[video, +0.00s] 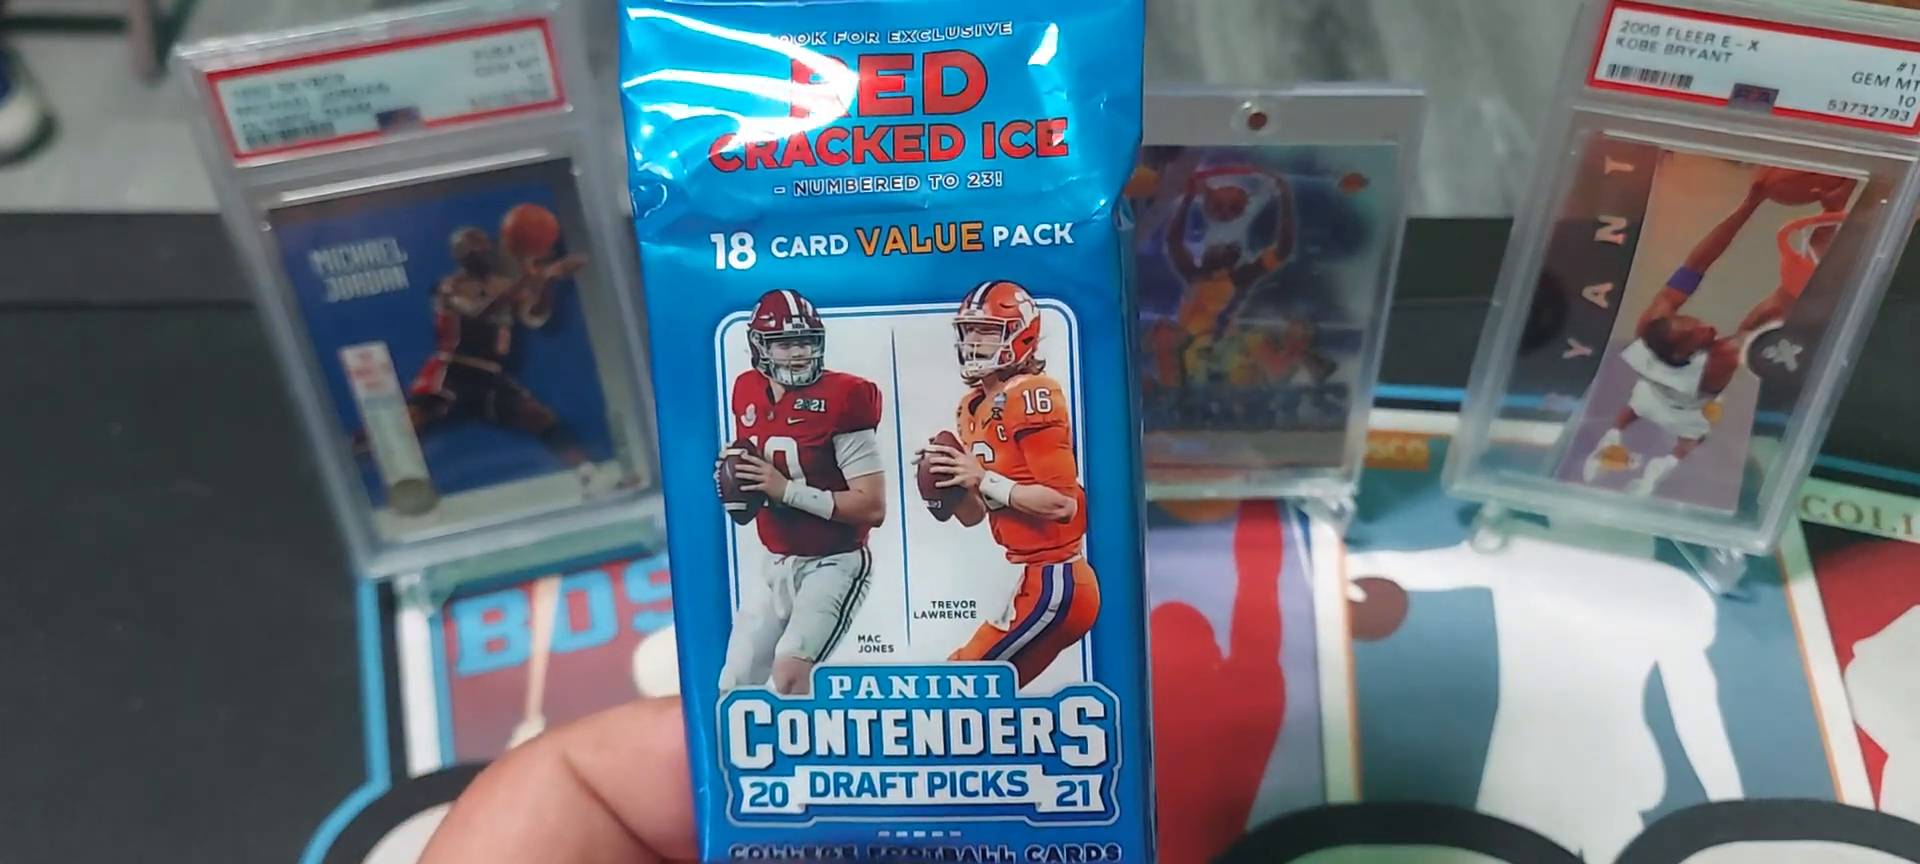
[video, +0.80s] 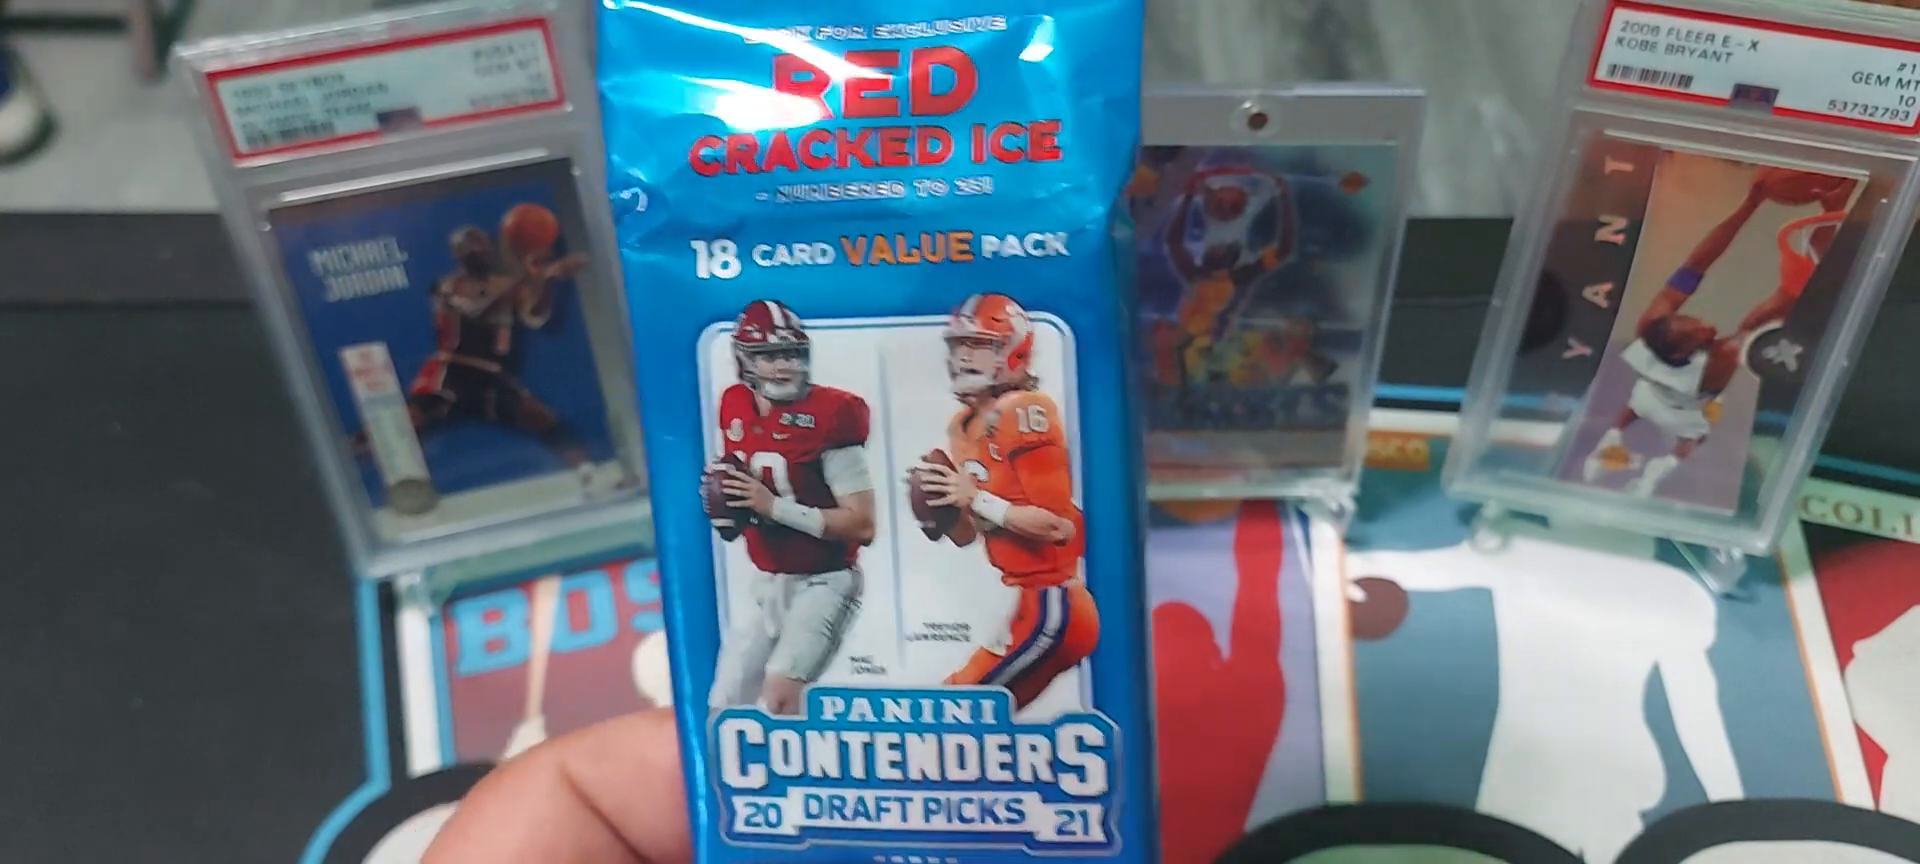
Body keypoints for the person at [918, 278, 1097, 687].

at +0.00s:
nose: (974, 344)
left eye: (987, 333)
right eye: (969, 332)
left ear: (1020, 337)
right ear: (959, 335)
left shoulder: (1032, 394)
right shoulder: (970, 407)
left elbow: (1061, 502)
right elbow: (971, 514)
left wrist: (982, 478)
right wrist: (943, 479)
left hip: (1055, 582)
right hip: (1036, 579)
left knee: (955, 688)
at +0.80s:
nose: (962, 358)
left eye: (978, 347)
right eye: (957, 345)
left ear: (1012, 355)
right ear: (947, 350)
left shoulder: (1025, 410)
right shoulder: (961, 424)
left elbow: (1058, 524)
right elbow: (964, 534)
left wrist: (975, 498)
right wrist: (935, 505)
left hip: (1052, 605)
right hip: (1029, 602)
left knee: (951, 712)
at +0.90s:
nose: (1033, 381)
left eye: (1049, 369)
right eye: (1028, 367)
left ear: (1083, 378)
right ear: (1018, 371)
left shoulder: (1095, 435)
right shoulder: (1032, 447)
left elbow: (1124, 551)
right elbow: (1029, 558)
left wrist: (1041, 523)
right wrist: (999, 528)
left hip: (1115, 633)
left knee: (1012, 739)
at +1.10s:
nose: (1127, 427)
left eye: (1143, 416)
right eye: (1123, 414)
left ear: (1179, 425)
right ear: (1113, 417)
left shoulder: (1189, 486)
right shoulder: (1120, 494)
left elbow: (1212, 606)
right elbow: (1114, 611)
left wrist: (1127, 572)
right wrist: (1083, 579)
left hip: (1201, 692)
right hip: (1176, 688)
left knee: (1081, 798)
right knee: (1098, 809)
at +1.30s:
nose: (1142, 409)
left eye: (1158, 398)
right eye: (1139, 397)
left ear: (1194, 406)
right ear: (1130, 400)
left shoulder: (1203, 468)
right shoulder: (1134, 474)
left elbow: (1222, 584)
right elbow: (1126, 588)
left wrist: (1140, 551)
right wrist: (1097, 555)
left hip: (1210, 669)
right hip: (1186, 664)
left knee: (1093, 768)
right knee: (1108, 779)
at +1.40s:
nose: (1163, 391)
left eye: (1180, 381)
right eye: (1160, 378)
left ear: (1216, 390)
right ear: (1150, 380)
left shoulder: (1222, 451)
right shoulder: (1154, 455)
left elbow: (1234, 567)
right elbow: (1141, 568)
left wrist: (1154, 532)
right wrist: (1115, 532)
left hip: (1221, 649)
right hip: (1198, 644)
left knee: (1102, 744)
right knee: (1118, 756)